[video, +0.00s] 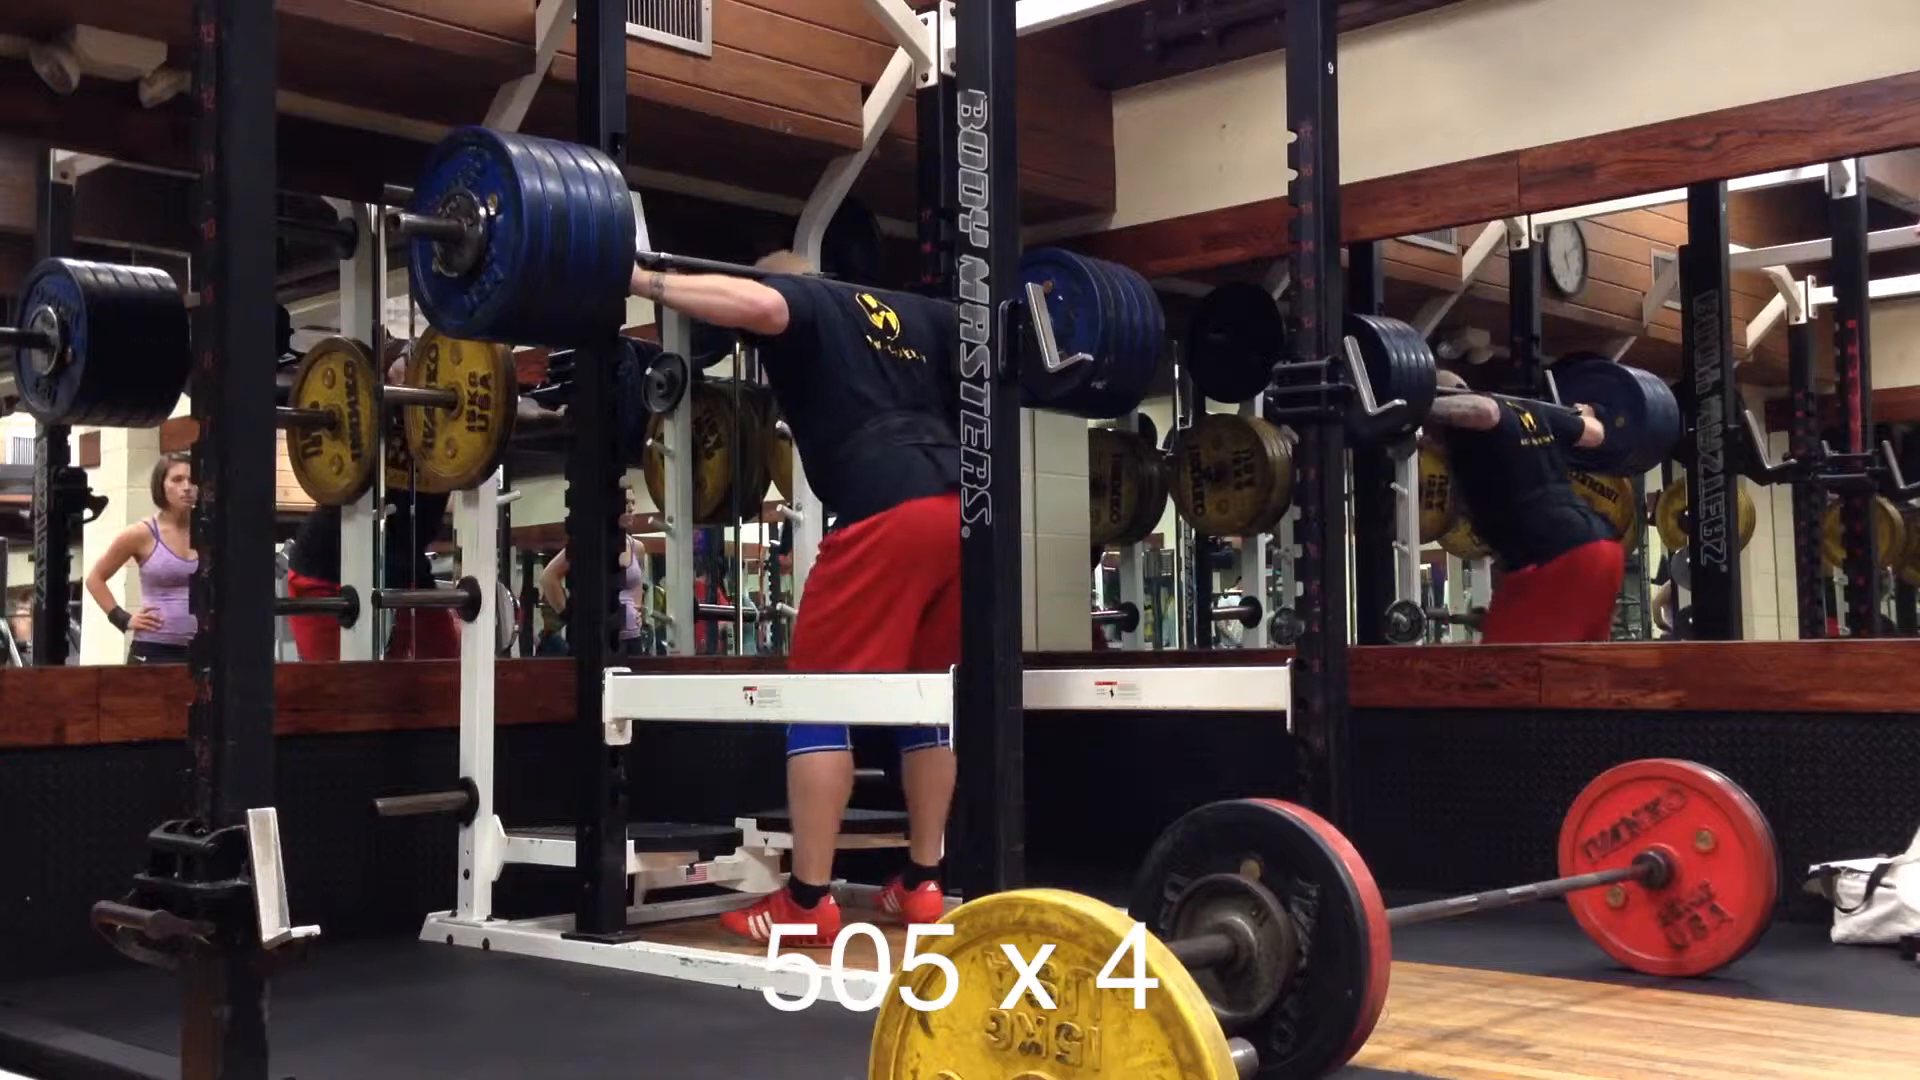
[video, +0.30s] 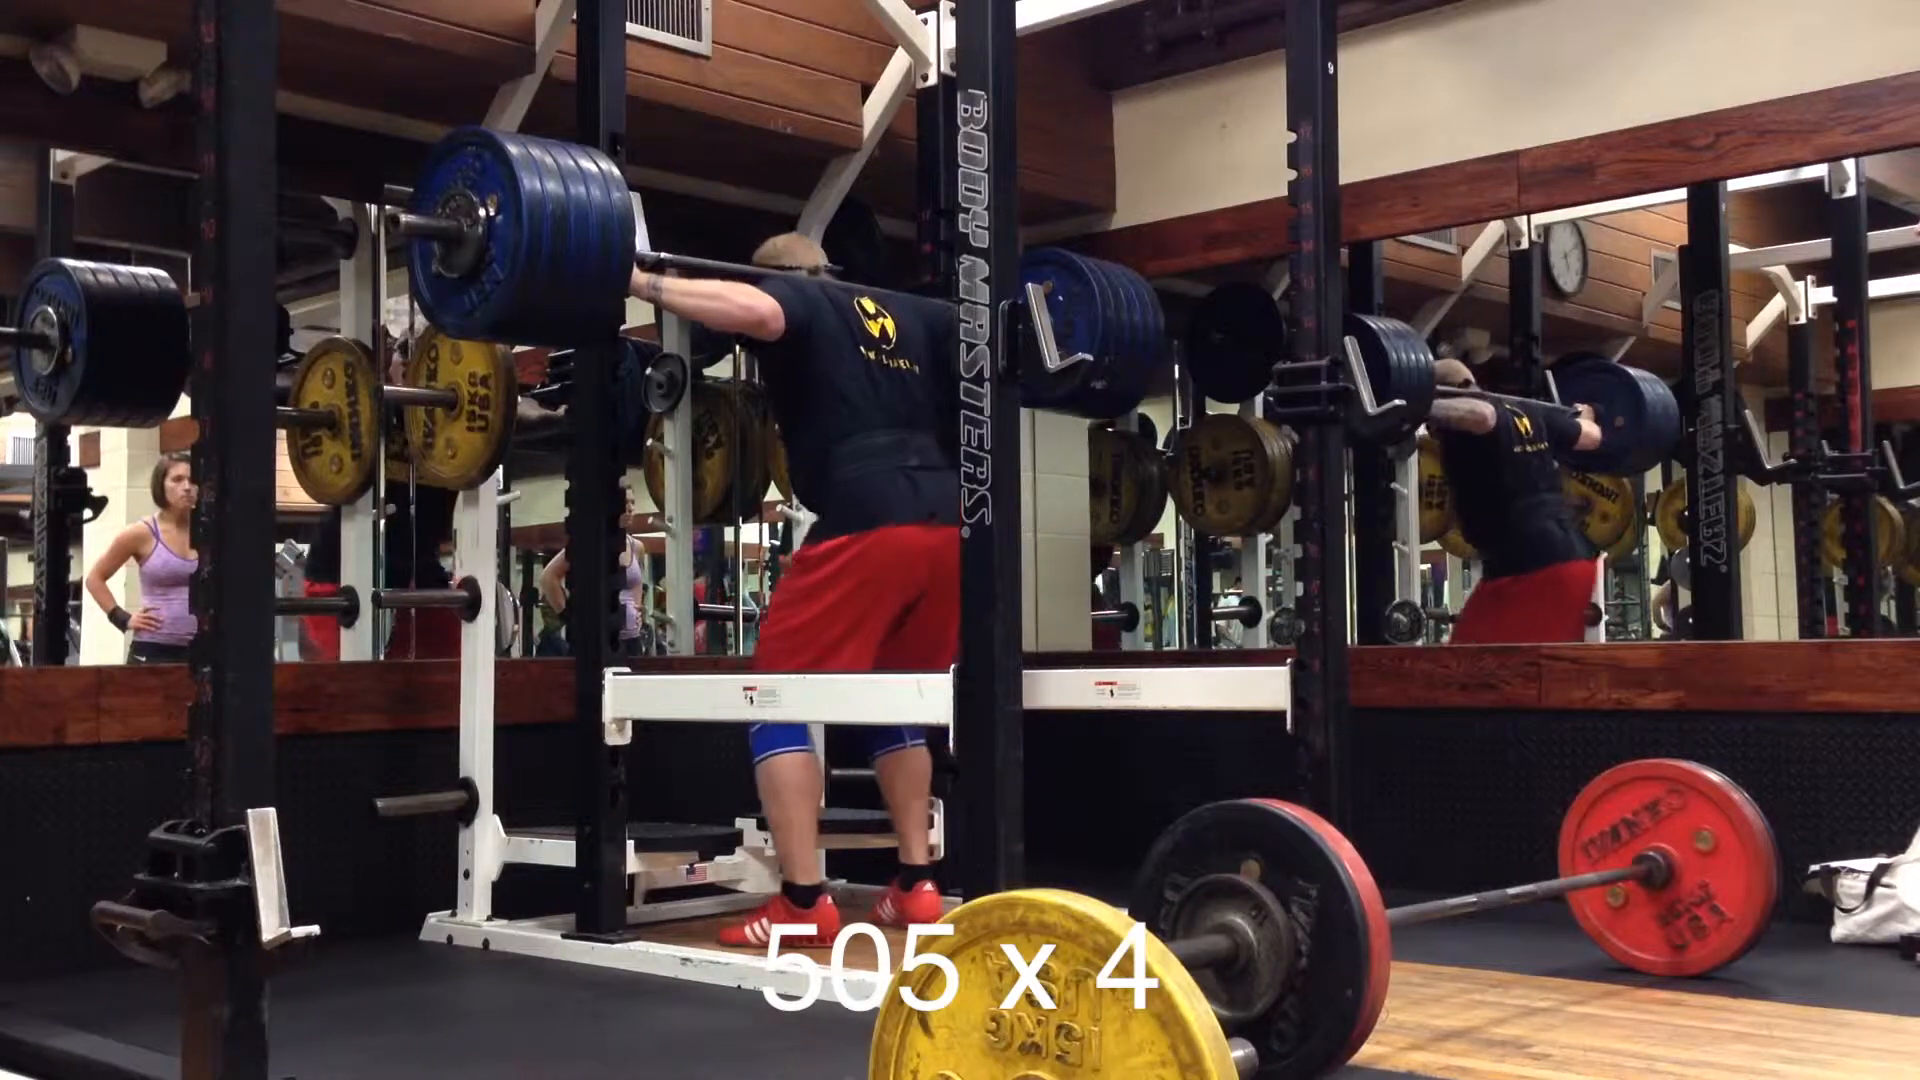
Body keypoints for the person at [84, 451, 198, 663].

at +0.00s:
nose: (187, 488)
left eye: (193, 480)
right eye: (178, 480)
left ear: (200, 486)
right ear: (160, 486)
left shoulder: (204, 530)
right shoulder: (141, 534)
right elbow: (94, 579)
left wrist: (213, 615)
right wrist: (123, 619)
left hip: (200, 647)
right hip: (154, 648)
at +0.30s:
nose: (187, 487)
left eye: (193, 480)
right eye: (178, 480)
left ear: (200, 486)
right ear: (160, 486)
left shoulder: (204, 530)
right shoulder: (141, 534)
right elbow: (94, 579)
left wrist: (211, 614)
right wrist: (123, 619)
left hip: (199, 647)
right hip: (153, 648)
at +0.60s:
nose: (187, 487)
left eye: (192, 480)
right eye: (178, 479)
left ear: (200, 486)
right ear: (160, 486)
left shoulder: (204, 530)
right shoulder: (141, 534)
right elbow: (94, 579)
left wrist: (212, 614)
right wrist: (123, 619)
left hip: (198, 647)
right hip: (153, 648)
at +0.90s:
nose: (186, 488)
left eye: (192, 480)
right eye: (177, 480)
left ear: (200, 487)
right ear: (160, 485)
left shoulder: (204, 530)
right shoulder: (140, 534)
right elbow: (94, 579)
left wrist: (212, 614)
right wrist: (123, 619)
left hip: (199, 647)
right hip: (153, 648)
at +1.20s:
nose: (186, 488)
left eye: (192, 481)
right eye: (177, 480)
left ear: (199, 487)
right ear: (159, 485)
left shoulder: (204, 529)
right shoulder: (140, 533)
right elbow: (94, 578)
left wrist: (212, 615)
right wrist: (123, 619)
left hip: (199, 647)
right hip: (153, 648)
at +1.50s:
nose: (186, 489)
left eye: (192, 481)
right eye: (177, 481)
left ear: (199, 487)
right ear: (160, 486)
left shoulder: (204, 529)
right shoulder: (140, 534)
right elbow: (94, 578)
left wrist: (212, 614)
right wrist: (123, 619)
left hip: (199, 648)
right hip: (153, 648)